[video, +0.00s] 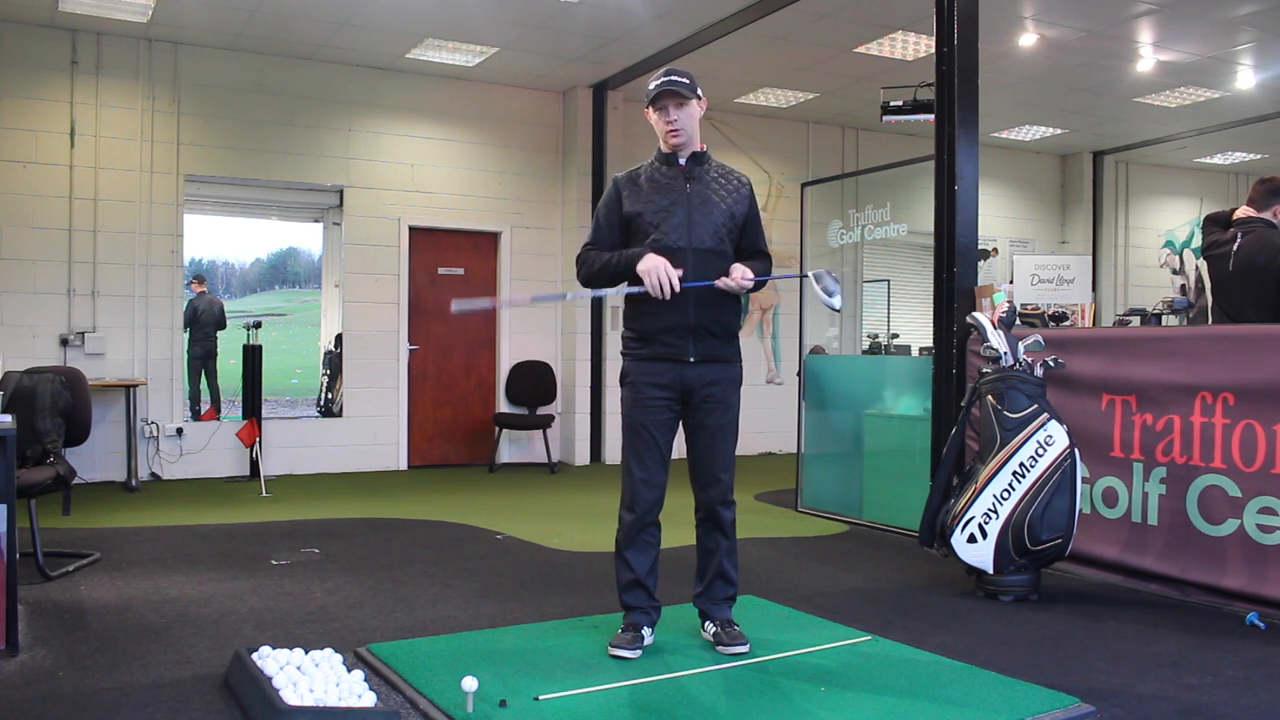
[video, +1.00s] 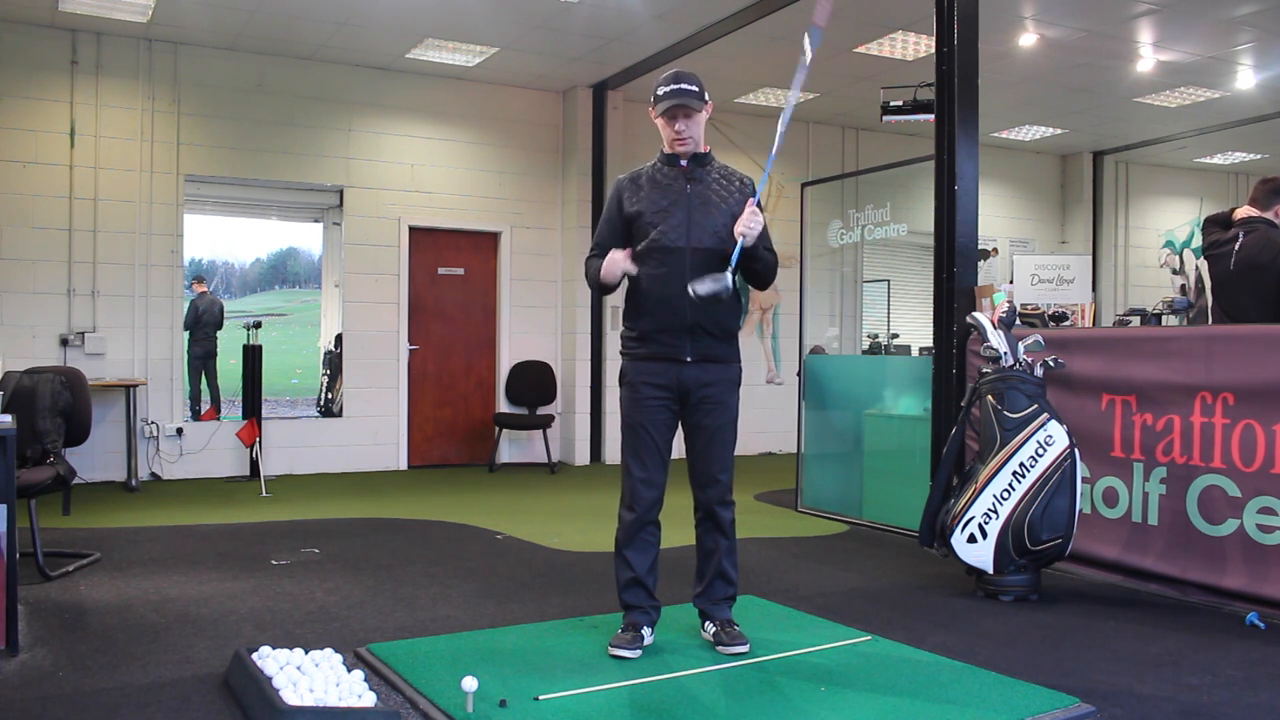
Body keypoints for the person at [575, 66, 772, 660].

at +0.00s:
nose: (670, 115)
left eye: (680, 103)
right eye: (660, 107)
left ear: (702, 108)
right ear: (650, 117)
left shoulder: (736, 187)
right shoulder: (626, 187)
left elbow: (760, 262)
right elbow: (588, 265)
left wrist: (747, 273)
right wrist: (636, 260)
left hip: (717, 364)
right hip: (648, 363)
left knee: (716, 495)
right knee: (641, 496)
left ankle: (717, 611)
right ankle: (637, 616)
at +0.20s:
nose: (672, 115)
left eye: (681, 104)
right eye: (662, 107)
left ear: (702, 108)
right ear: (650, 116)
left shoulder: (736, 187)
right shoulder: (626, 187)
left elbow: (760, 261)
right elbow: (591, 269)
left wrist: (756, 272)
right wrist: (638, 253)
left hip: (716, 365)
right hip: (647, 363)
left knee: (716, 496)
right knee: (640, 497)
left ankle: (718, 611)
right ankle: (637, 616)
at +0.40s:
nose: (672, 113)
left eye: (682, 102)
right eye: (662, 105)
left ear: (704, 108)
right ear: (652, 117)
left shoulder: (738, 188)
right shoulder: (629, 185)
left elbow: (763, 264)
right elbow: (591, 261)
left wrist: (748, 273)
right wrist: (638, 223)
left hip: (715, 364)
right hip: (647, 361)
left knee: (715, 495)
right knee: (640, 496)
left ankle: (717, 612)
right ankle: (637, 616)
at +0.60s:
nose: (673, 112)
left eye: (684, 101)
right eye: (664, 104)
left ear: (707, 109)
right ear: (654, 117)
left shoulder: (739, 190)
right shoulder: (632, 184)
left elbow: (763, 269)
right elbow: (586, 246)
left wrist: (743, 275)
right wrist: (646, 200)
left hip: (715, 364)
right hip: (647, 361)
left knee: (715, 495)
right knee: (640, 496)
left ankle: (717, 611)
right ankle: (637, 616)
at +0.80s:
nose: (676, 113)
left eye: (687, 102)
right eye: (667, 105)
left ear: (707, 110)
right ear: (655, 115)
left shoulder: (737, 187)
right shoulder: (630, 186)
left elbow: (764, 277)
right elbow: (594, 264)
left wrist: (750, 261)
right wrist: (638, 213)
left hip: (715, 362)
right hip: (647, 360)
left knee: (715, 495)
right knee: (640, 495)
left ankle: (718, 612)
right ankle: (637, 616)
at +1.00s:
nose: (679, 125)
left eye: (689, 114)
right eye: (669, 115)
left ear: (707, 115)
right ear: (655, 120)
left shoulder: (737, 189)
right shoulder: (631, 188)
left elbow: (764, 277)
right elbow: (597, 273)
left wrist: (754, 241)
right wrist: (609, 269)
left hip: (715, 364)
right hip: (647, 363)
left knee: (715, 495)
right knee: (641, 496)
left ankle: (718, 613)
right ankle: (638, 616)